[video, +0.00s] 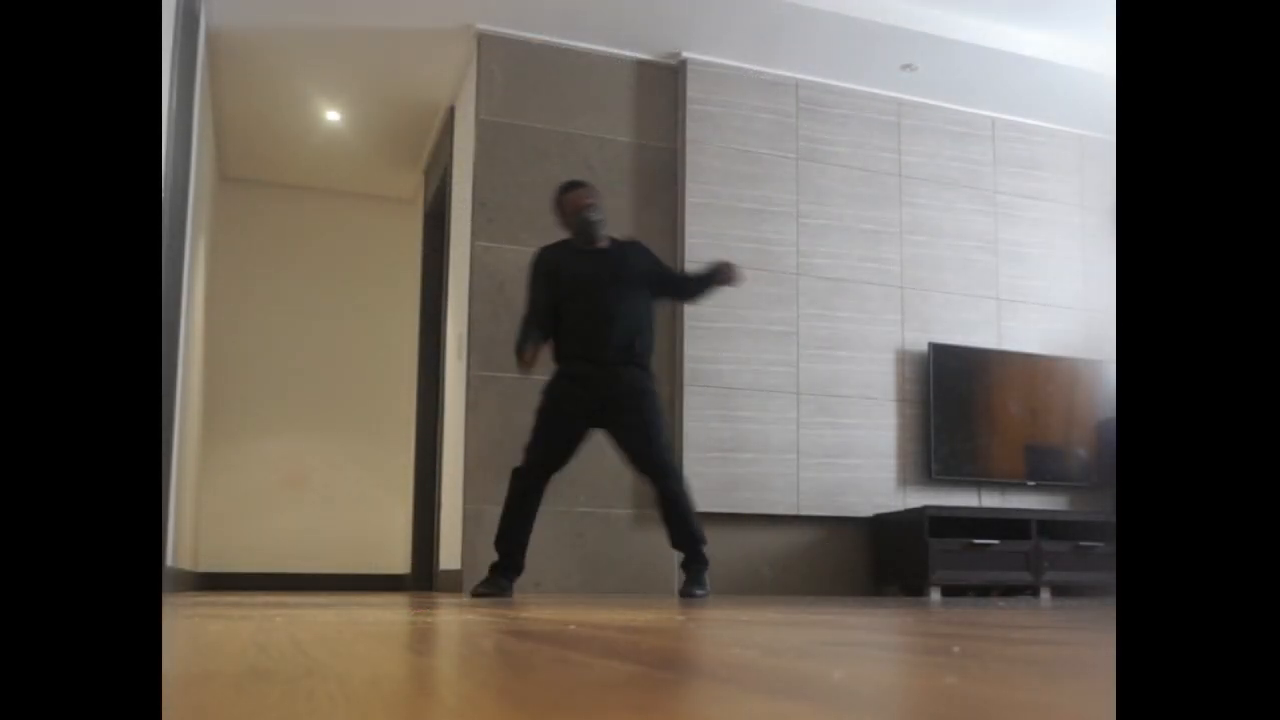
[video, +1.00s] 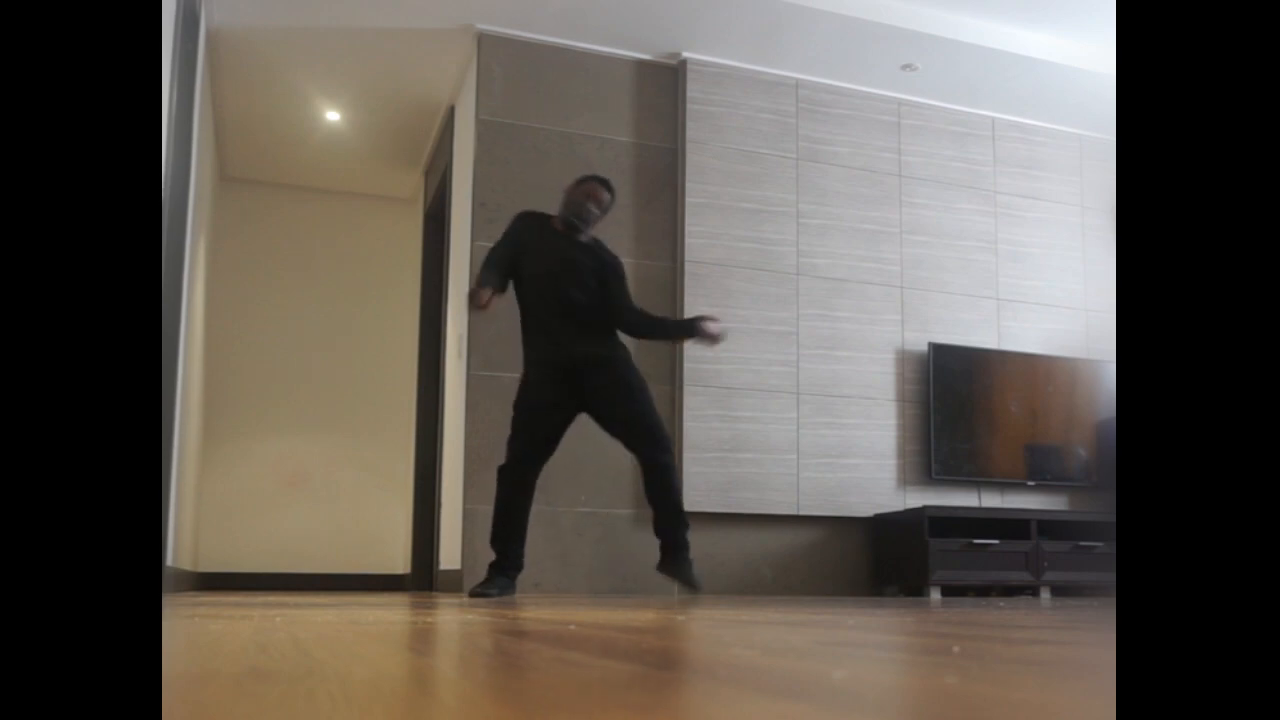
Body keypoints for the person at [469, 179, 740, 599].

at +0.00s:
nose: (588, 211)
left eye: (592, 203)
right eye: (577, 207)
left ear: (602, 209)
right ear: (562, 218)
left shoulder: (632, 256)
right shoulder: (552, 261)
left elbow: (678, 287)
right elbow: (539, 312)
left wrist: (712, 277)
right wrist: (528, 344)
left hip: (628, 388)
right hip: (572, 387)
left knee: (663, 472)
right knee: (532, 473)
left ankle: (695, 566)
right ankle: (504, 572)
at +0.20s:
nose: (555, 209)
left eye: (557, 200)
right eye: (544, 205)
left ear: (567, 201)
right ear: (532, 216)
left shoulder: (595, 230)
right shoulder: (533, 269)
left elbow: (630, 278)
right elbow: (530, 326)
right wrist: (516, 311)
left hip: (601, 371)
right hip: (551, 375)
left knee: (608, 455)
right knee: (523, 466)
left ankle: (655, 563)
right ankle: (503, 572)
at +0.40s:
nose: (566, 199)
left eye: (571, 193)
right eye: (557, 193)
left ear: (579, 201)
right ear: (539, 203)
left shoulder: (595, 239)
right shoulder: (524, 235)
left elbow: (599, 272)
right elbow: (509, 263)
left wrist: (592, 297)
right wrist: (507, 277)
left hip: (607, 372)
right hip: (551, 376)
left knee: (648, 457)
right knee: (525, 471)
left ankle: (685, 550)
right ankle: (505, 570)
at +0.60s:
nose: (567, 214)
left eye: (571, 207)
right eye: (558, 208)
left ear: (577, 205)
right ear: (536, 211)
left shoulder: (595, 238)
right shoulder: (519, 247)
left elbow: (603, 273)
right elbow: (514, 304)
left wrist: (597, 301)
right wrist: (510, 297)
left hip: (594, 374)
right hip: (540, 378)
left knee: (631, 454)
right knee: (519, 471)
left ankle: (681, 550)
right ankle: (504, 573)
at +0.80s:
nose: (559, 206)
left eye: (565, 199)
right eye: (550, 199)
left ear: (574, 202)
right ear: (534, 205)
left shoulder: (592, 232)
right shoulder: (520, 262)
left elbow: (607, 285)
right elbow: (527, 322)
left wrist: (601, 302)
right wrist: (509, 311)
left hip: (588, 363)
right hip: (537, 369)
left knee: (604, 448)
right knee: (515, 466)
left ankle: (659, 558)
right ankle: (504, 572)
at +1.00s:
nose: (590, 208)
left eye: (599, 207)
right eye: (586, 198)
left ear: (603, 219)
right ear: (566, 194)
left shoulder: (603, 263)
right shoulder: (528, 228)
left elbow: (629, 320)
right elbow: (501, 261)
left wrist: (689, 328)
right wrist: (487, 285)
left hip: (607, 377)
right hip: (548, 378)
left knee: (656, 450)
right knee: (518, 467)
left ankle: (675, 555)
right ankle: (503, 571)